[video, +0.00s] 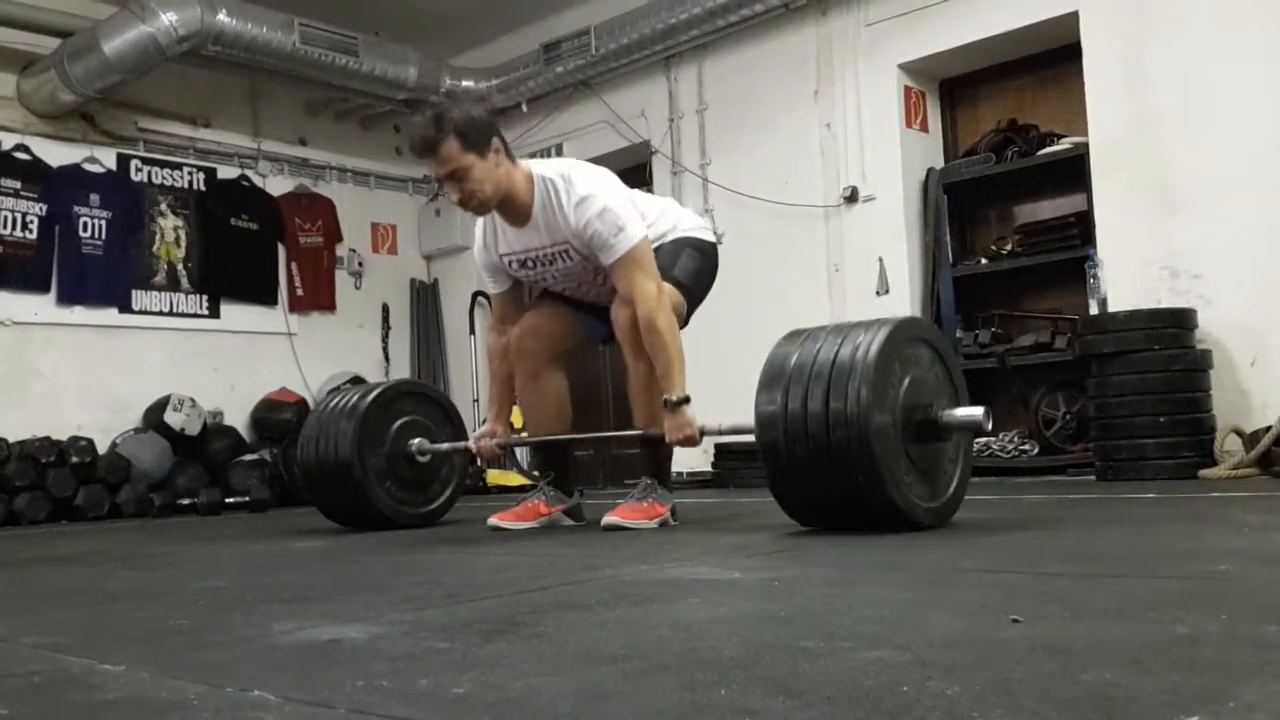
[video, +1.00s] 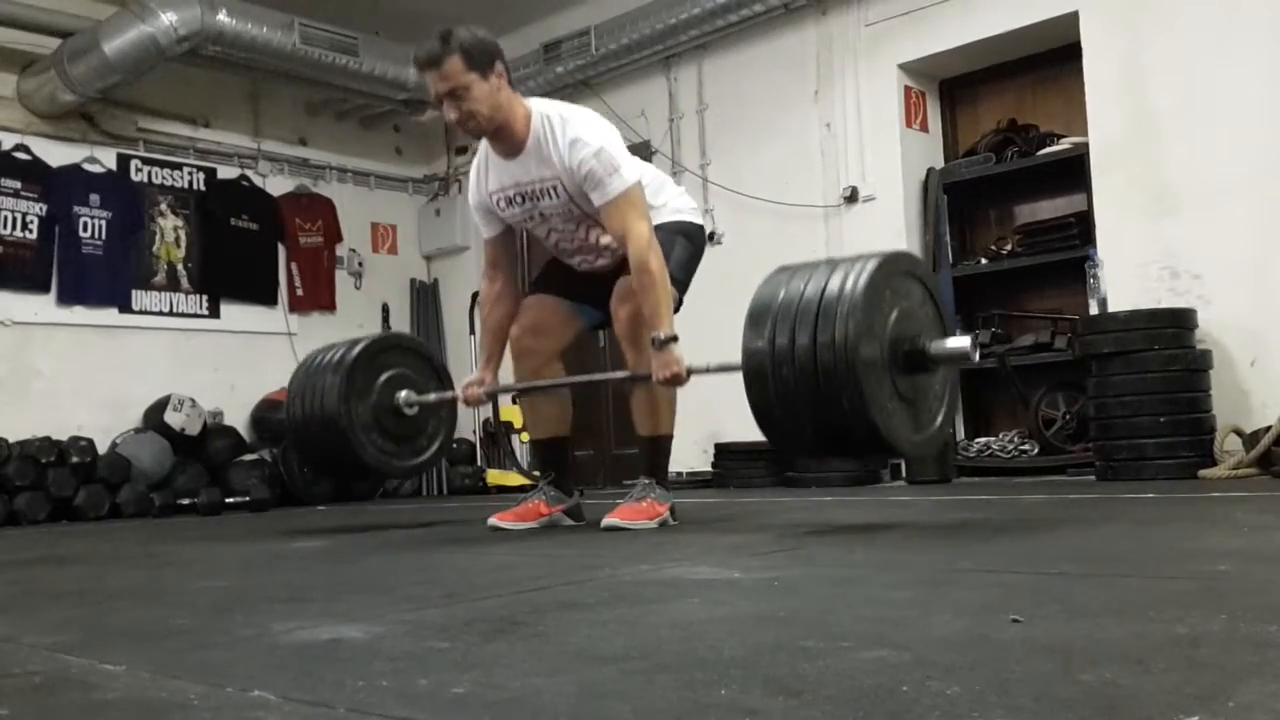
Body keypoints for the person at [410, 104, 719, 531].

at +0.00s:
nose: (455, 193)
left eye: (459, 175)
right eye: (443, 184)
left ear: (497, 152)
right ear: (438, 185)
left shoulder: (584, 196)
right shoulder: (490, 237)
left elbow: (649, 298)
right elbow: (505, 328)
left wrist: (676, 402)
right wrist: (499, 418)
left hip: (676, 245)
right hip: (597, 278)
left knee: (631, 316)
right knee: (528, 341)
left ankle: (656, 490)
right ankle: (558, 493)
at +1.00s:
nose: (451, 113)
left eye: (458, 94)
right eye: (441, 103)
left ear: (499, 77)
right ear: (437, 108)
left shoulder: (580, 137)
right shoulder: (483, 179)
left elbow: (639, 239)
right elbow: (499, 276)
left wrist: (664, 342)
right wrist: (486, 369)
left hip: (663, 226)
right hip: (589, 254)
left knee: (630, 312)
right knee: (530, 335)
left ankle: (653, 489)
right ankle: (557, 492)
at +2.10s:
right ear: (596, 2)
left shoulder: (649, 16)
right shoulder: (557, 49)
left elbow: (661, 100)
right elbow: (529, 143)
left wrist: (664, 177)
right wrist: (489, 226)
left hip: (611, 185)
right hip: (541, 199)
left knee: (627, 322)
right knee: (542, 336)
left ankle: (653, 487)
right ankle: (557, 491)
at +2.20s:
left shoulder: (650, 16)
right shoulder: (557, 50)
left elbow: (662, 102)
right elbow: (530, 144)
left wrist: (664, 177)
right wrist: (490, 225)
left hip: (612, 184)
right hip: (541, 199)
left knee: (627, 322)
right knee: (542, 336)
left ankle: (653, 486)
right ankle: (557, 491)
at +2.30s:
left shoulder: (650, 16)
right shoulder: (557, 50)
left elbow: (662, 102)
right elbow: (530, 144)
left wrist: (664, 177)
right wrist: (489, 227)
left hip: (611, 184)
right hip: (541, 198)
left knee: (628, 322)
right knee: (542, 335)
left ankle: (652, 487)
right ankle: (558, 491)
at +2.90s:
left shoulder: (627, 11)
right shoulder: (526, 46)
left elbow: (651, 102)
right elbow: (518, 150)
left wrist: (667, 188)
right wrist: (493, 237)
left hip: (623, 193)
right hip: (552, 208)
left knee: (630, 312)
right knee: (537, 328)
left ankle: (655, 487)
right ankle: (555, 491)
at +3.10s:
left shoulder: (608, 16)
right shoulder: (507, 61)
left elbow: (646, 119)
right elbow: (510, 173)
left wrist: (669, 209)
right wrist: (494, 256)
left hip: (629, 202)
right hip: (561, 216)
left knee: (637, 316)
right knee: (538, 332)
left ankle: (656, 489)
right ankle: (556, 492)